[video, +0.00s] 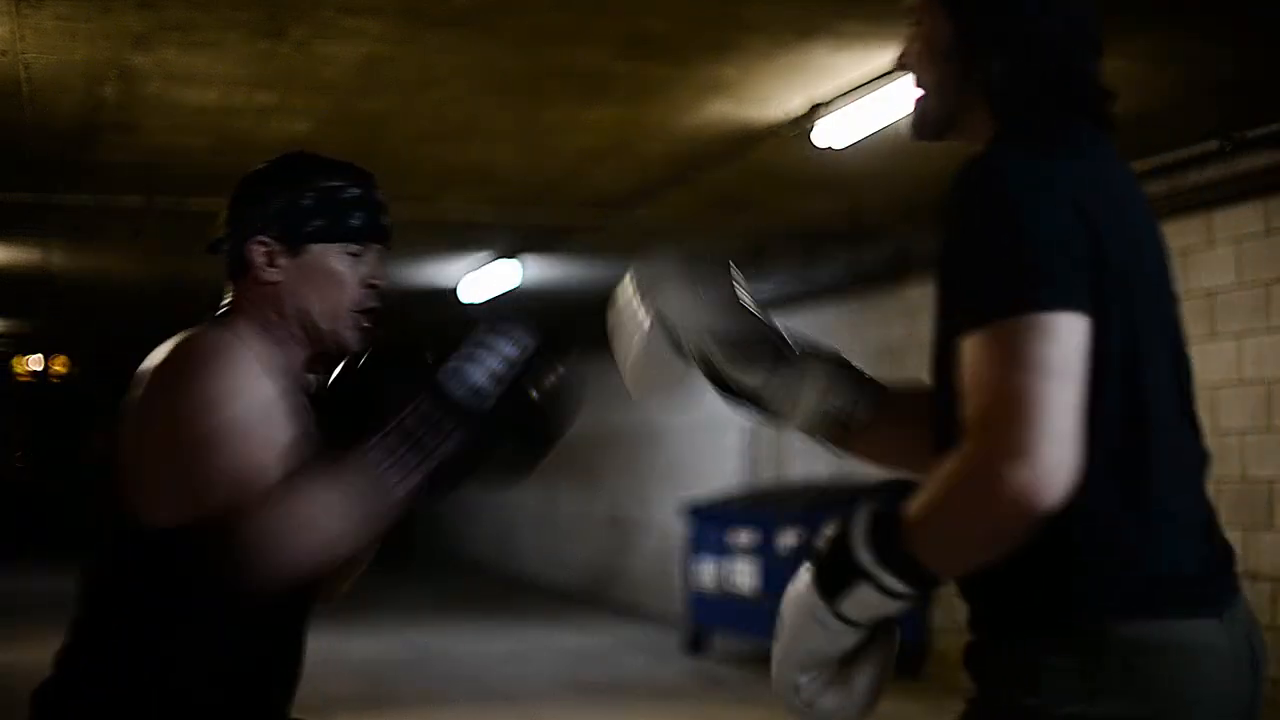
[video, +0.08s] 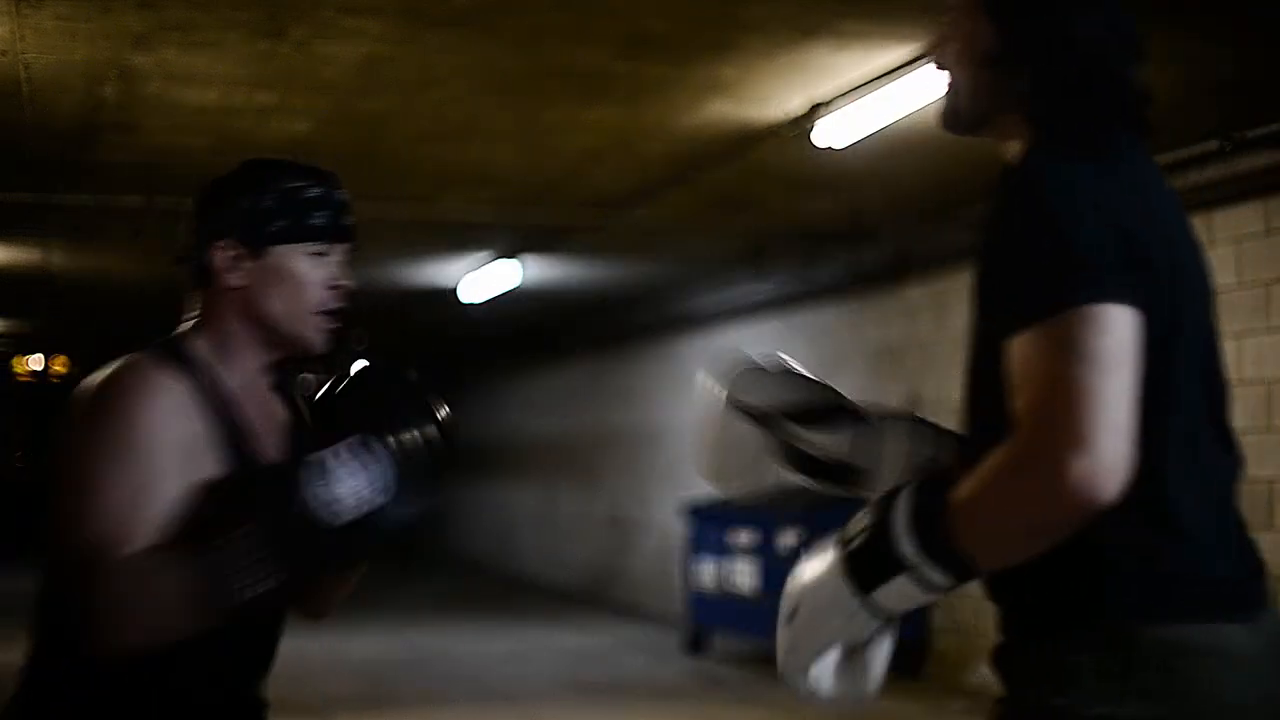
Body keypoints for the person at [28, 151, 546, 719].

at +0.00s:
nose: (376, 281)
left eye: (377, 259)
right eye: (354, 255)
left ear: (270, 262)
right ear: (268, 260)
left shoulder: (269, 379)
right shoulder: (219, 369)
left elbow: (308, 572)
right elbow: (268, 549)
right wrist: (439, 419)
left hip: (219, 708)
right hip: (156, 718)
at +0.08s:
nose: (343, 282)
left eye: (343, 258)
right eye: (317, 255)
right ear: (232, 264)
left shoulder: (277, 406)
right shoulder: (143, 400)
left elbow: (313, 597)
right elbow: (110, 610)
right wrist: (290, 519)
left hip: (223, 710)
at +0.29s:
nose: (253, 269)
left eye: (253, 247)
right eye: (221, 243)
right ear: (134, 258)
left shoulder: (238, 393)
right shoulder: (41, 400)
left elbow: (289, 602)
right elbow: (43, 643)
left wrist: (321, 495)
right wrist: (153, 524)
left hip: (189, 692)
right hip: (67, 699)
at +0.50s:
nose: (298, 249)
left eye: (296, 227)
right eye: (266, 224)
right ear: (180, 246)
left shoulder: (257, 384)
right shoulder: (88, 388)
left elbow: (356, 580)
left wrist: (380, 422)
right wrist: (245, 427)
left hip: (213, 700)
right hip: (91, 709)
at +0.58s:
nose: (331, 278)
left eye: (325, 252)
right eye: (302, 248)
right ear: (212, 268)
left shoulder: (240, 402)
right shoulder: (122, 399)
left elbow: (355, 602)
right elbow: (219, 616)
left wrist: (389, 440)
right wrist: (286, 439)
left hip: (194, 705)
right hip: (96, 705)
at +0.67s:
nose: (343, 292)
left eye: (338, 268)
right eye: (316, 266)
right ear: (228, 280)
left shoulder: (241, 410)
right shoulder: (127, 410)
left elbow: (318, 616)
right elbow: (215, 631)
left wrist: (379, 472)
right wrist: (302, 465)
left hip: (190, 707)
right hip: (99, 714)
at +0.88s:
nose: (207, 350)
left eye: (219, 318)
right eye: (175, 326)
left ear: (235, 318)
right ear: (112, 339)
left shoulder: (261, 432)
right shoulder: (48, 458)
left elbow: (369, 629)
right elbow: (47, 691)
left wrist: (328, 487)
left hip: (224, 705)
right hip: (98, 711)